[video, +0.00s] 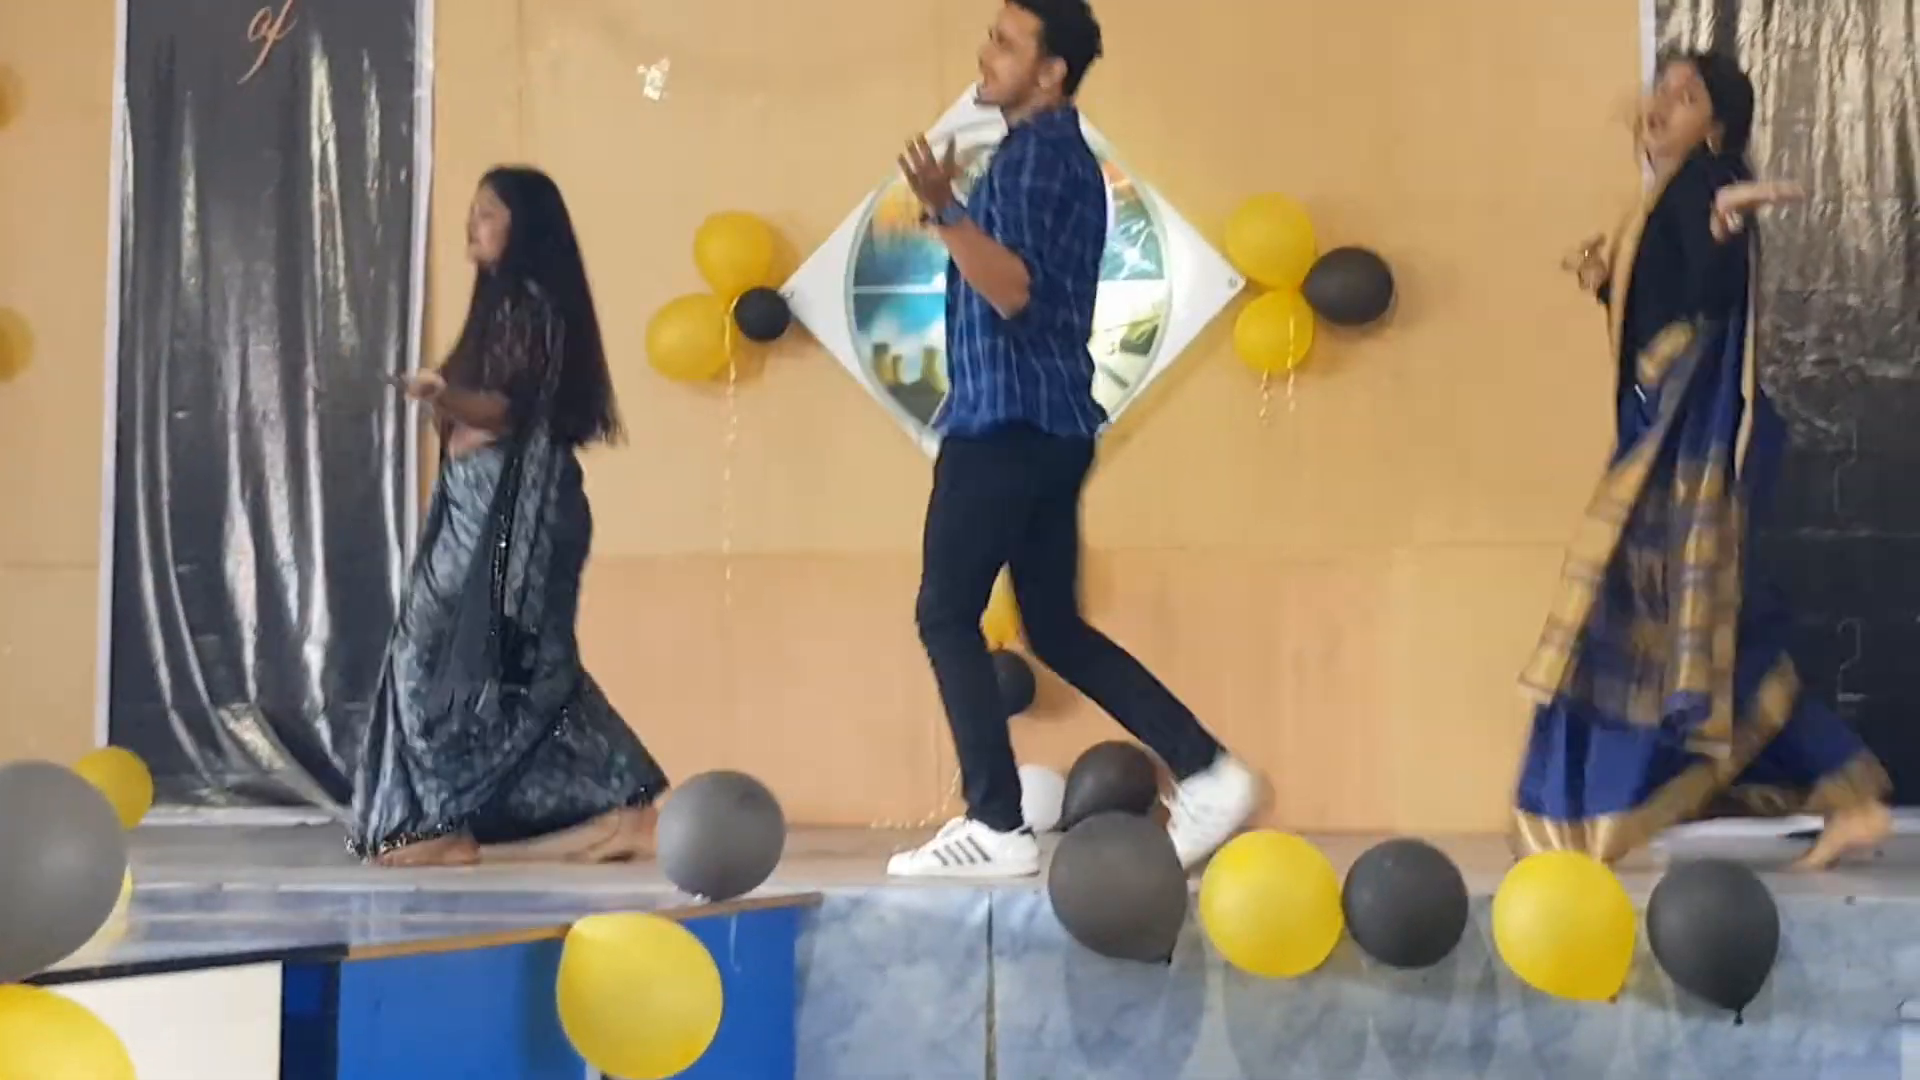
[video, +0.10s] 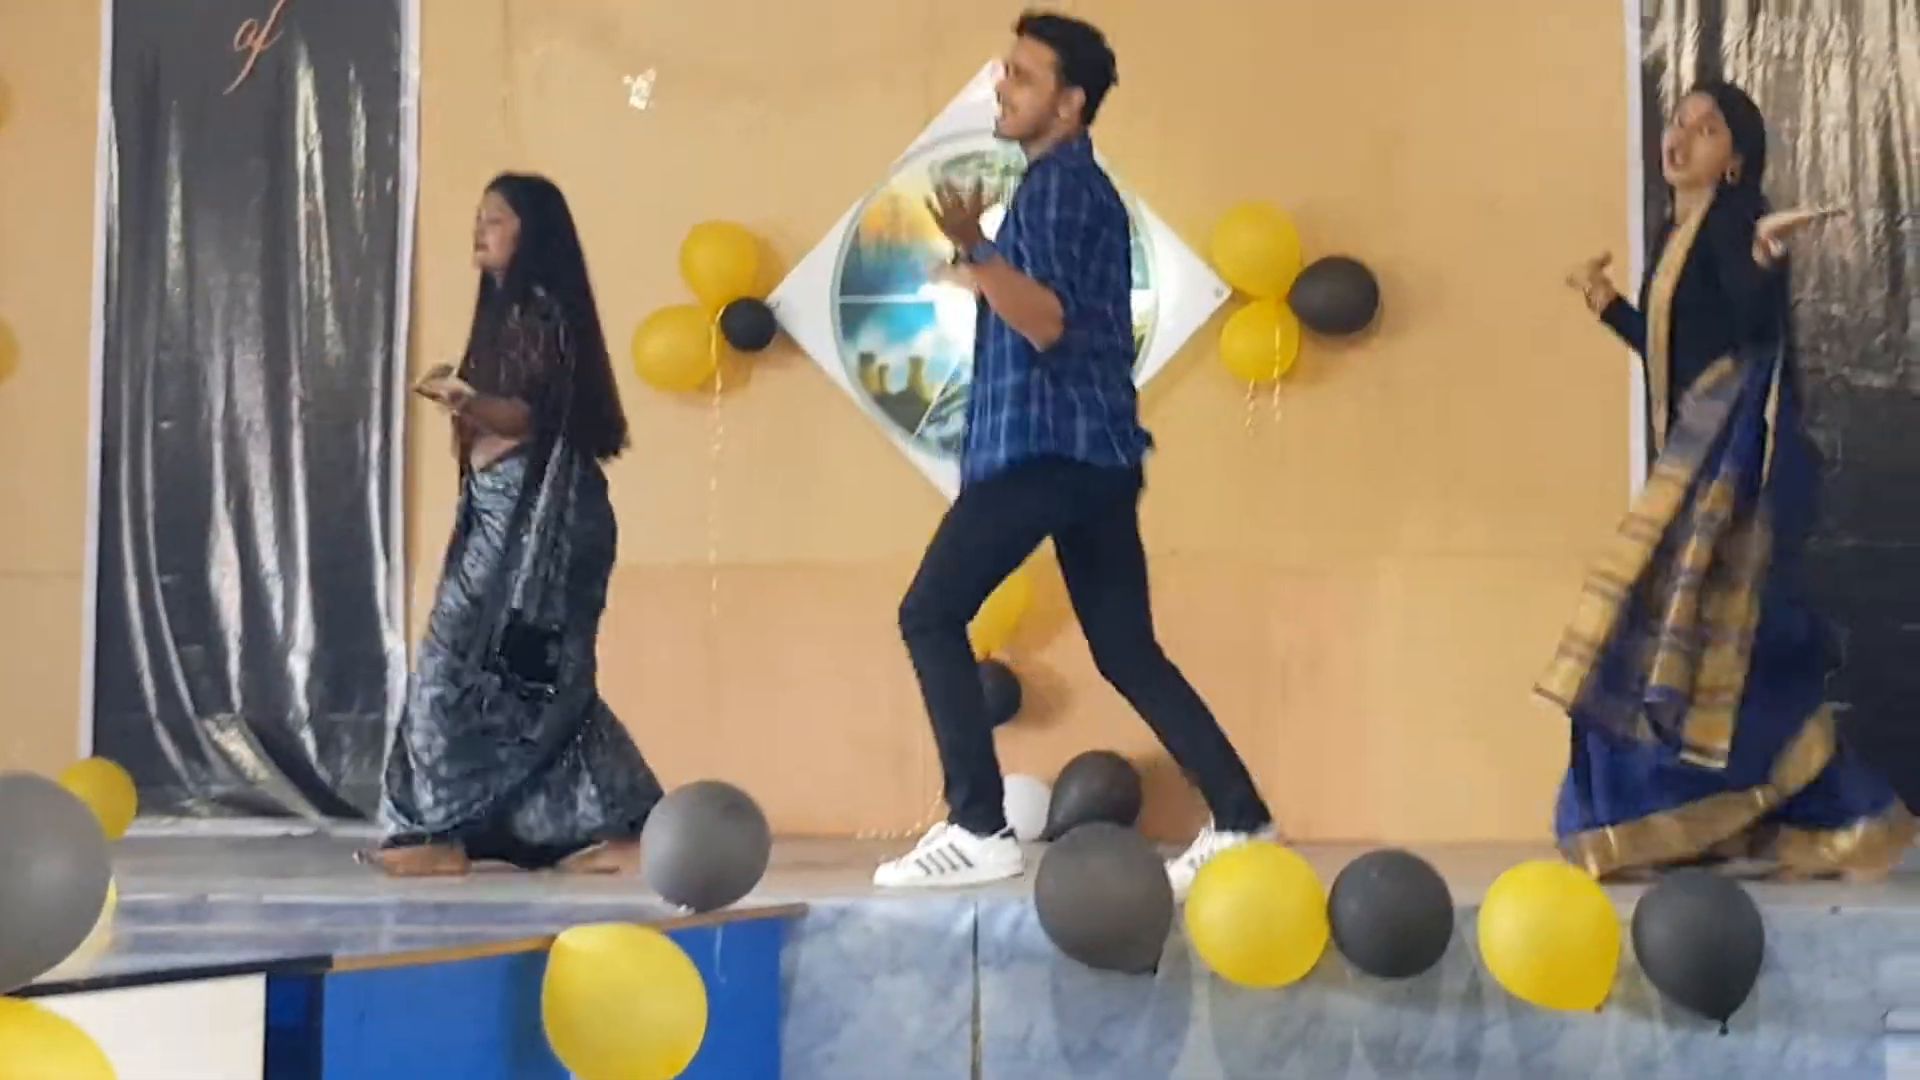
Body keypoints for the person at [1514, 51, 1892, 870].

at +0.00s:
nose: (1657, 103)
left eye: (1679, 95)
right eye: (1659, 88)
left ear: (1714, 123)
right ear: (1653, 106)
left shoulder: (1704, 185)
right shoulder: (1661, 194)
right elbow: (1657, 300)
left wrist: (1734, 208)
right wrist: (1606, 275)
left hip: (1694, 431)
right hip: (1663, 427)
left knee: (1619, 608)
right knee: (1725, 621)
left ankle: (1594, 813)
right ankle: (1847, 793)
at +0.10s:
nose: (1679, 138)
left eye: (1701, 130)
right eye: (1675, 123)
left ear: (1736, 154)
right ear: (1665, 138)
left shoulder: (1738, 224)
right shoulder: (1676, 231)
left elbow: (1758, 338)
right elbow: (1666, 349)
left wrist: (1766, 258)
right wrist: (1608, 307)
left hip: (1738, 460)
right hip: (1691, 455)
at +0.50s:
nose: (1676, 183)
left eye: (1695, 172)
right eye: (1664, 171)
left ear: (1725, 194)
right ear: (1647, 193)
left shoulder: (1757, 275)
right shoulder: (1638, 305)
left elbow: (1794, 392)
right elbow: (1634, 412)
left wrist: (1814, 352)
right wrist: (1546, 400)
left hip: (1748, 524)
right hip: (1664, 529)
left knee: (1761, 697)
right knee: (1674, 705)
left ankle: (1820, 899)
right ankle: (1734, 907)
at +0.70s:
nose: (1623, 200)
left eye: (1640, 188)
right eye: (1611, 188)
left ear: (1668, 208)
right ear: (1589, 207)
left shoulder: (1715, 285)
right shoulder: (1562, 299)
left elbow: (1752, 393)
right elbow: (1530, 395)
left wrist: (1781, 389)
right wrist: (1470, 414)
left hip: (1701, 526)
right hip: (1606, 533)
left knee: (1719, 714)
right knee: (1631, 719)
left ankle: (1754, 928)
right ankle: (1668, 936)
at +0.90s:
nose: (1557, 239)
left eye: (1570, 227)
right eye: (1539, 231)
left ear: (1596, 246)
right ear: (1518, 256)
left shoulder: (1647, 334)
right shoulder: (1495, 353)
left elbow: (1684, 477)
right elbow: (1494, 479)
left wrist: (1697, 410)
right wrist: (1465, 459)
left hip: (1625, 564)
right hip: (1528, 569)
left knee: (1629, 745)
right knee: (1505, 743)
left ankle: (1638, 945)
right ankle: (1558, 943)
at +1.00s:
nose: (1513, 248)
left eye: (1527, 234)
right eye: (1497, 236)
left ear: (1549, 250)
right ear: (1473, 256)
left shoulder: (1598, 326)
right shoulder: (1458, 357)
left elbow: (1673, 414)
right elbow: (1418, 489)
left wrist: (1656, 317)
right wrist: (1431, 433)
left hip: (1592, 556)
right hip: (1501, 564)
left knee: (1591, 734)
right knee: (1456, 723)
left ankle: (1617, 933)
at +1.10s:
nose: (1459, 228)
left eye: (1471, 216)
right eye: (1443, 213)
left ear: (1488, 235)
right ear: (1411, 234)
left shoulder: (1524, 297)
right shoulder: (1392, 334)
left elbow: (1637, 329)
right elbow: (1372, 450)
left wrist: (1617, 245)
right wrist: (1405, 363)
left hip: (1549, 523)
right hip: (1458, 532)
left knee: (1560, 714)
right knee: (1398, 708)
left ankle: (1584, 925)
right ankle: (1308, 911)